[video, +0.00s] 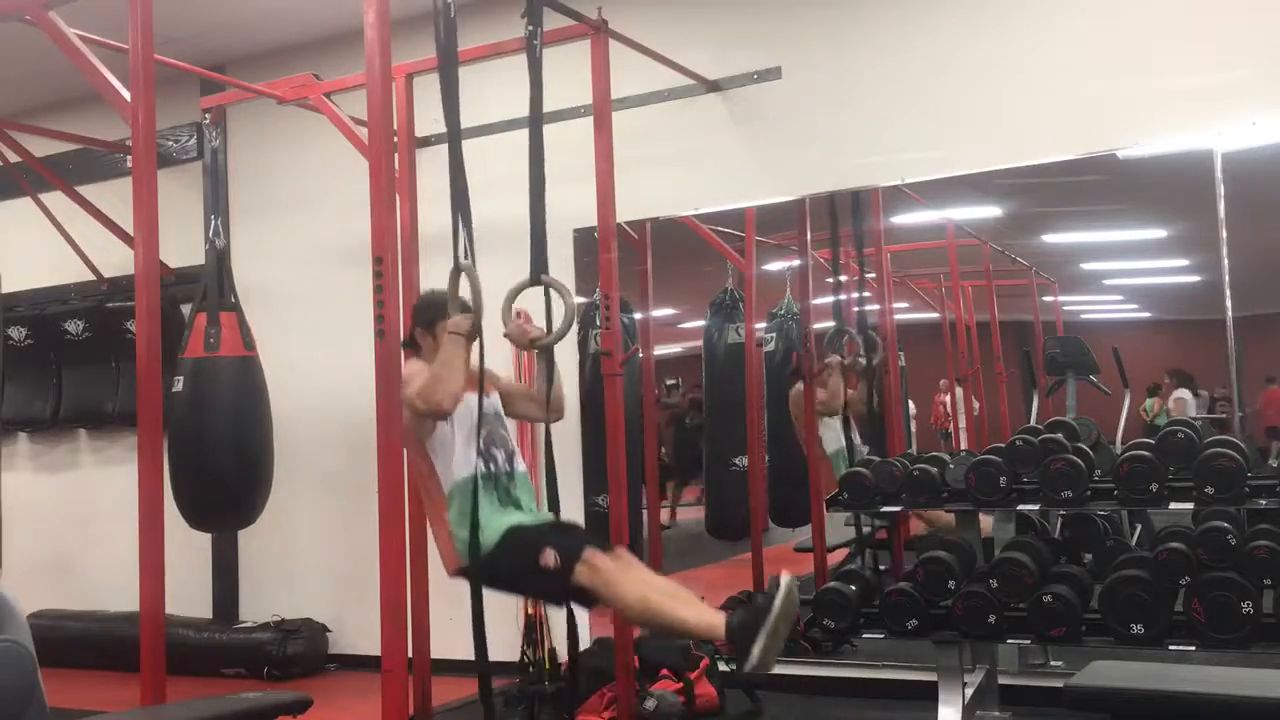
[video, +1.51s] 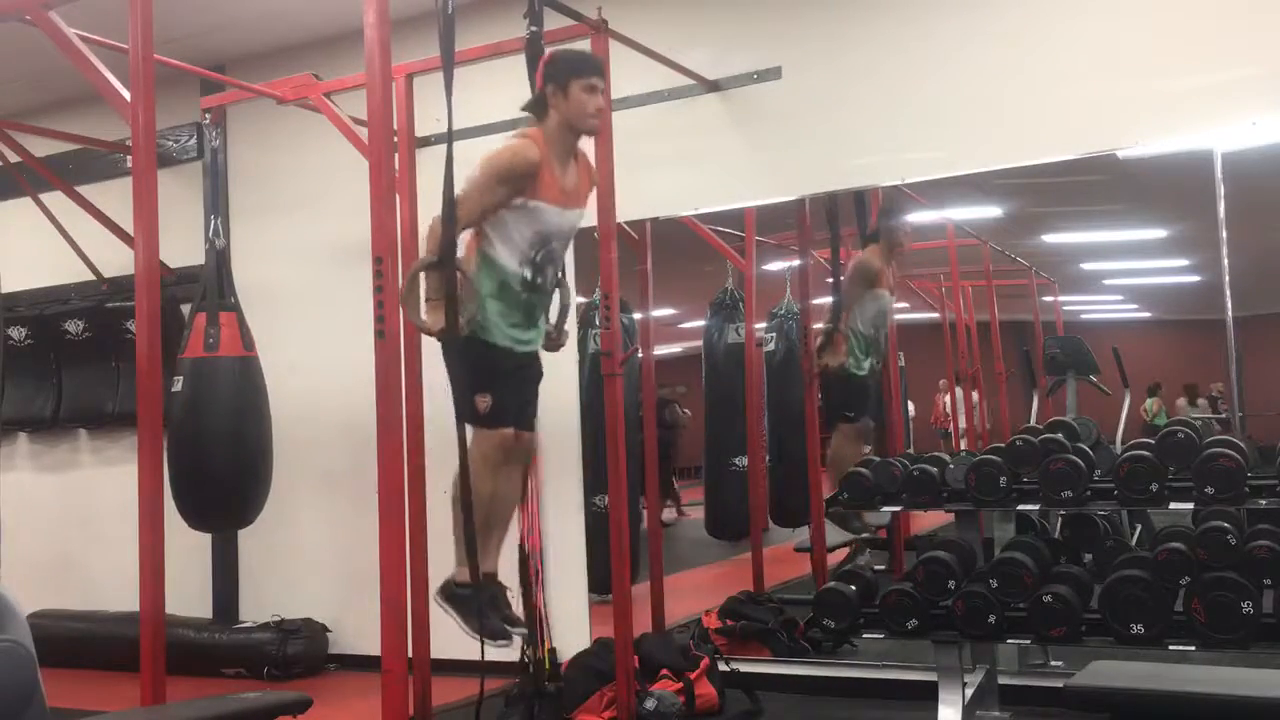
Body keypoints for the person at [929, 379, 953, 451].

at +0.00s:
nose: (943, 387)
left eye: (944, 385)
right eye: (941, 385)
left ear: (948, 386)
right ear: (939, 386)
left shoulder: (950, 396)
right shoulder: (937, 397)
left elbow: (953, 408)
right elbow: (935, 409)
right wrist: (933, 421)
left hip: (949, 422)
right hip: (940, 422)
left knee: (951, 438)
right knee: (942, 439)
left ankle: (952, 452)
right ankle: (944, 453)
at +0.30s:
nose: (943, 388)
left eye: (945, 386)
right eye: (942, 386)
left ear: (948, 386)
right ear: (940, 387)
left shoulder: (950, 396)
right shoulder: (938, 397)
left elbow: (953, 410)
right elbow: (935, 410)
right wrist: (933, 420)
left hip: (949, 422)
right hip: (940, 422)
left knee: (949, 439)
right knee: (942, 440)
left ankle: (950, 451)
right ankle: (942, 451)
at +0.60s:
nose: (944, 388)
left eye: (945, 386)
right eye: (942, 386)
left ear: (948, 386)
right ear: (940, 387)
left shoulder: (950, 396)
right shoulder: (938, 397)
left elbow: (953, 409)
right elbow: (935, 410)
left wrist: (953, 422)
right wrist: (933, 420)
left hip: (950, 422)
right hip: (941, 422)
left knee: (951, 439)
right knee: (942, 440)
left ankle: (953, 452)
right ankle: (943, 453)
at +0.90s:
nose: (942, 387)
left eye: (944, 385)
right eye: (941, 385)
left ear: (947, 386)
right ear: (940, 386)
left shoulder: (950, 396)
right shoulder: (938, 396)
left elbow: (953, 408)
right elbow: (935, 409)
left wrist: (953, 420)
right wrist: (933, 419)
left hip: (949, 421)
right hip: (940, 422)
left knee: (951, 439)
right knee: (943, 440)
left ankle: (952, 452)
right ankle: (944, 453)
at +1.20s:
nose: (942, 387)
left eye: (944, 385)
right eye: (941, 385)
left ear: (948, 386)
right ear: (940, 386)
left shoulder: (950, 396)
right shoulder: (938, 396)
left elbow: (953, 409)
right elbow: (935, 409)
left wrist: (953, 421)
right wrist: (933, 419)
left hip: (949, 422)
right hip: (940, 422)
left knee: (951, 439)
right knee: (942, 440)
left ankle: (952, 452)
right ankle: (944, 453)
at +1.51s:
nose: (942, 387)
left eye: (943, 385)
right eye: (941, 385)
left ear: (947, 386)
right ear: (939, 386)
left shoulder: (949, 395)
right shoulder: (938, 396)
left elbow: (952, 408)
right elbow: (935, 408)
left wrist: (952, 420)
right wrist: (933, 419)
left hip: (948, 421)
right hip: (940, 422)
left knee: (950, 439)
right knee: (942, 440)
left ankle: (951, 453)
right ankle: (944, 453)